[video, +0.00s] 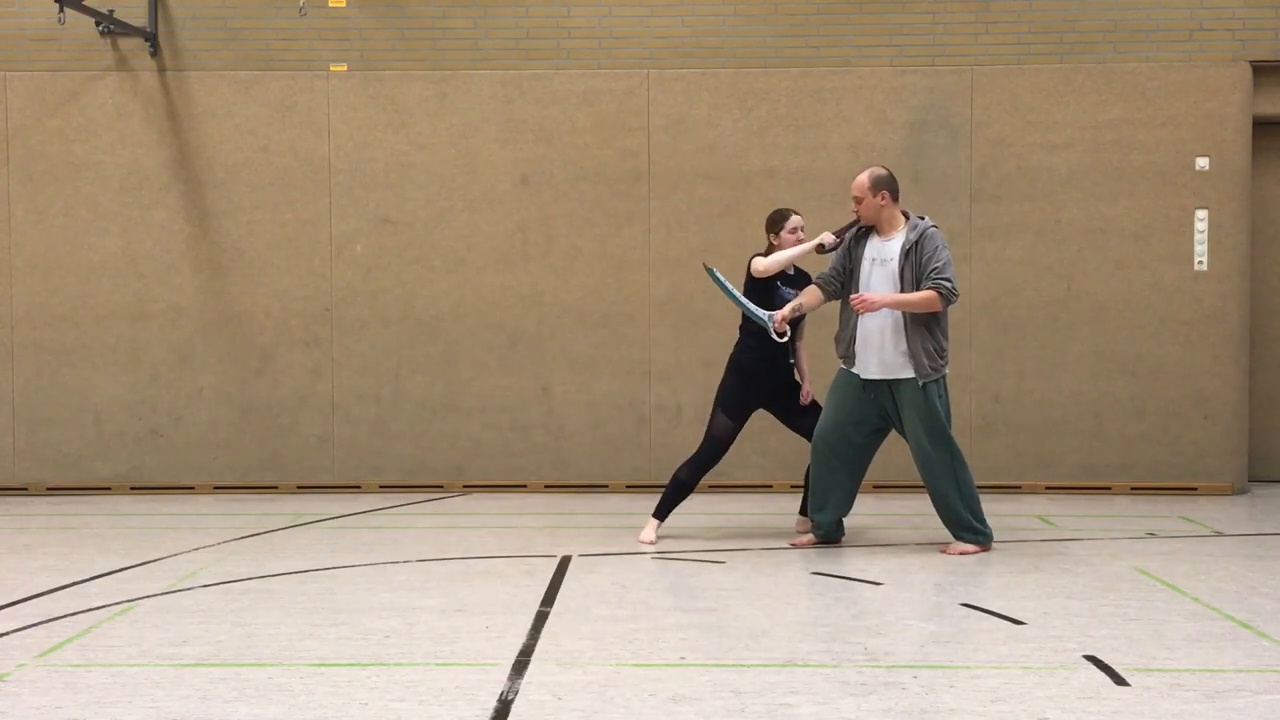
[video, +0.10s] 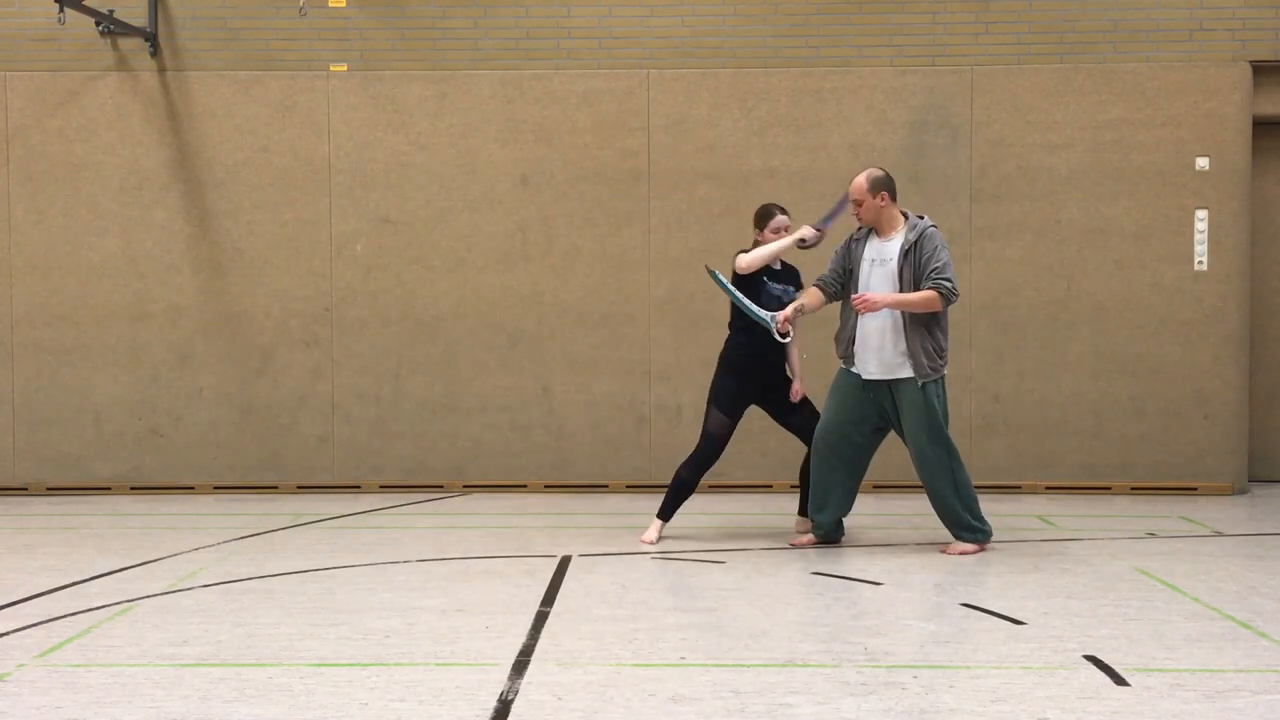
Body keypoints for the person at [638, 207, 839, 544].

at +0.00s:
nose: (803, 236)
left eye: (803, 230)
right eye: (795, 231)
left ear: (802, 234)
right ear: (775, 236)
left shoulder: (804, 281)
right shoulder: (759, 265)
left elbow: (799, 338)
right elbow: (768, 265)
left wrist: (806, 379)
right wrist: (814, 245)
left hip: (780, 380)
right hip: (745, 377)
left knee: (830, 436)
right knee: (710, 452)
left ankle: (807, 518)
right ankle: (655, 521)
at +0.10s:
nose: (784, 237)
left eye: (787, 231)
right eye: (777, 231)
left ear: (790, 233)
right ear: (760, 233)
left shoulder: (791, 275)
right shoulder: (744, 260)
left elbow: (790, 330)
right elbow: (746, 265)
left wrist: (797, 377)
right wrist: (795, 238)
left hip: (773, 376)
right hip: (736, 374)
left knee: (822, 437)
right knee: (708, 451)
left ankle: (805, 520)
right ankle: (658, 524)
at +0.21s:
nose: (763, 233)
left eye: (767, 228)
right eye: (757, 227)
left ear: (768, 231)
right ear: (744, 227)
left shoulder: (772, 270)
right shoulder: (727, 259)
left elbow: (775, 324)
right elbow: (712, 262)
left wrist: (782, 372)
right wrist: (757, 227)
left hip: (759, 371)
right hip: (721, 370)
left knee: (805, 440)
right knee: (700, 448)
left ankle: (804, 521)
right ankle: (662, 524)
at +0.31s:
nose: (734, 232)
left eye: (739, 226)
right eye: (728, 226)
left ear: (745, 228)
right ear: (715, 226)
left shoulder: (748, 265)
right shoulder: (699, 254)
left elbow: (755, 322)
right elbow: (672, 258)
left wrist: (766, 370)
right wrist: (709, 221)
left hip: (738, 364)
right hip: (699, 362)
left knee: (778, 439)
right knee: (687, 447)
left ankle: (805, 517)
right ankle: (661, 524)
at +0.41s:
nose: (707, 232)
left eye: (713, 226)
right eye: (701, 226)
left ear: (719, 226)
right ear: (688, 225)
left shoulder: (723, 264)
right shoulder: (668, 253)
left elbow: (732, 322)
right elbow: (630, 263)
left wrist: (747, 371)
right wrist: (661, 220)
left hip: (713, 361)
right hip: (673, 362)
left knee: (753, 435)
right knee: (672, 445)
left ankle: (794, 507)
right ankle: (660, 524)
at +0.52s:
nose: (680, 231)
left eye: (687, 224)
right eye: (675, 224)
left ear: (695, 223)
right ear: (663, 221)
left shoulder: (703, 261)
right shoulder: (644, 251)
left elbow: (711, 318)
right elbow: (601, 278)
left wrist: (726, 365)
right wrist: (616, 231)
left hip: (692, 358)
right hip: (650, 359)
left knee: (728, 433)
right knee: (664, 443)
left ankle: (758, 499)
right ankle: (659, 524)